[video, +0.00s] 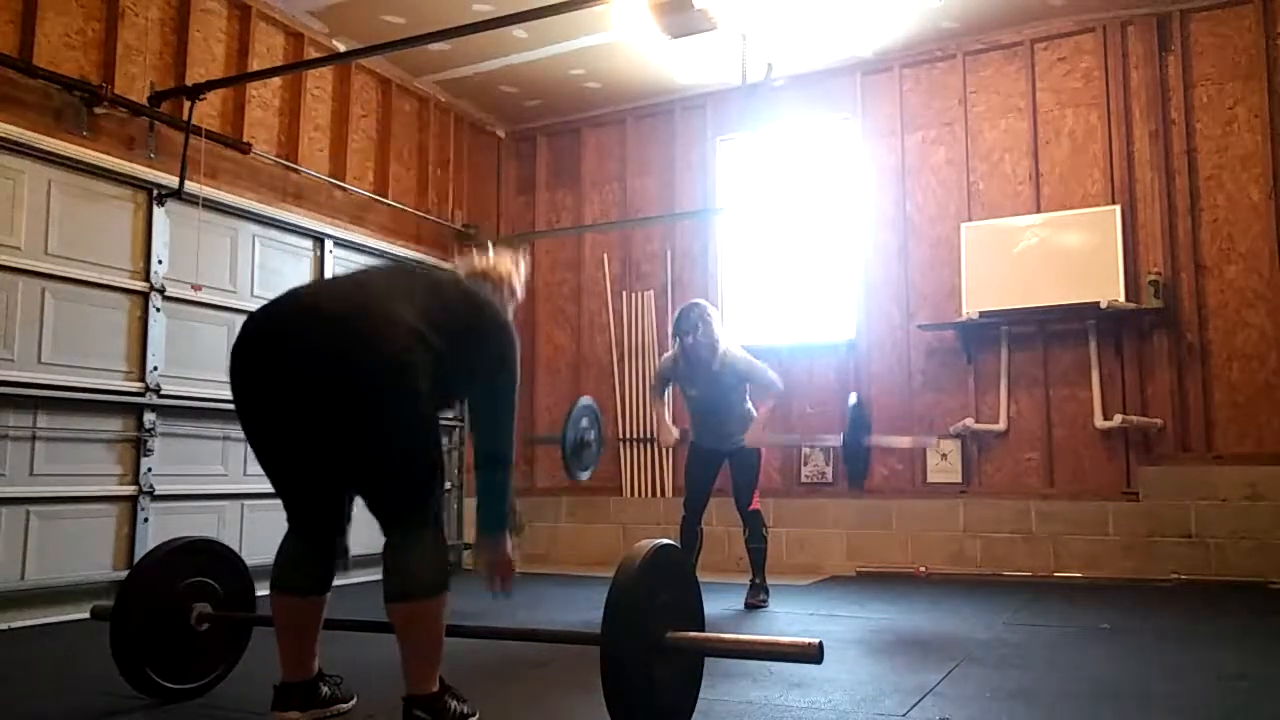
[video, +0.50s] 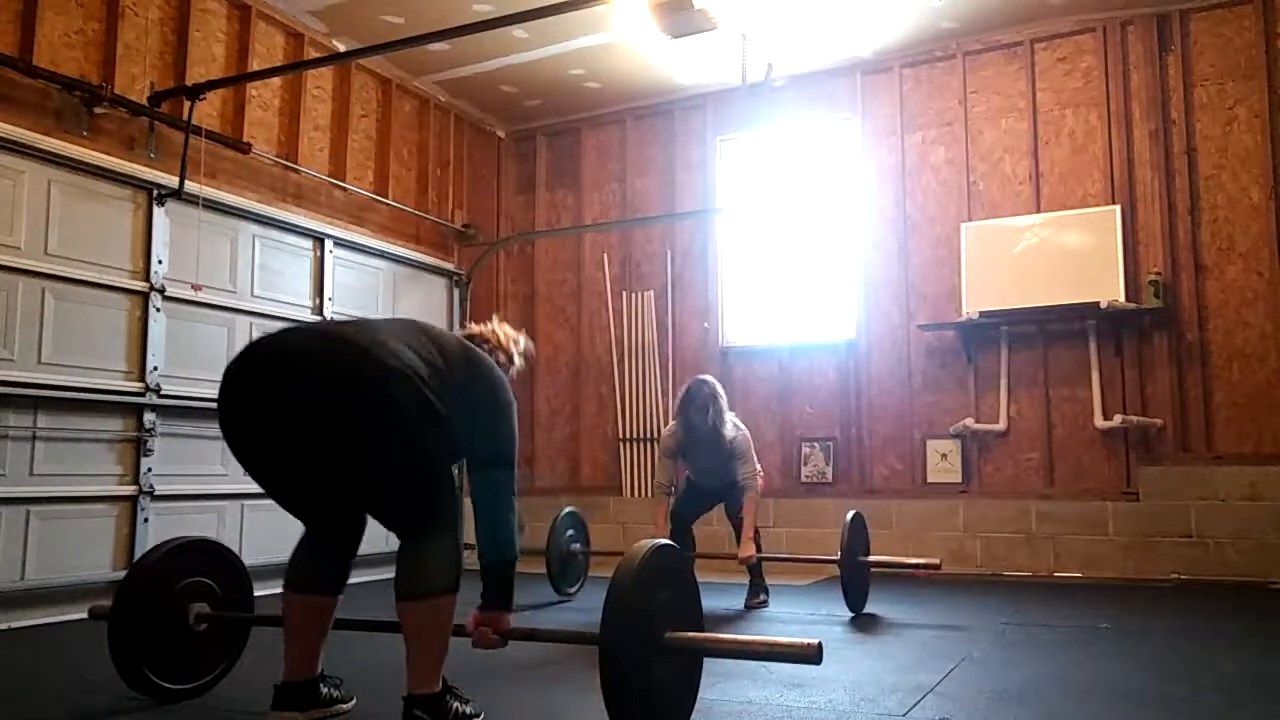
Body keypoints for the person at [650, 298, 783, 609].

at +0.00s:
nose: (691, 341)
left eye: (698, 333)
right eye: (685, 335)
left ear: (713, 332)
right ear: (678, 337)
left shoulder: (732, 360)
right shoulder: (673, 364)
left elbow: (775, 388)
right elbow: (657, 389)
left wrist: (758, 425)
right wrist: (664, 424)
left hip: (742, 442)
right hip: (703, 443)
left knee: (747, 506)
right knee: (691, 512)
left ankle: (758, 582)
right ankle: (684, 581)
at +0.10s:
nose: (692, 347)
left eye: (699, 340)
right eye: (686, 341)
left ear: (713, 339)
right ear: (679, 344)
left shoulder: (736, 372)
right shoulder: (671, 377)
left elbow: (764, 415)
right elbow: (661, 416)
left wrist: (756, 458)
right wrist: (664, 456)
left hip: (742, 444)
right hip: (704, 445)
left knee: (747, 506)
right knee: (690, 511)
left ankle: (758, 583)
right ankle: (684, 582)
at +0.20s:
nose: (693, 363)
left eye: (701, 354)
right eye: (685, 357)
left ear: (716, 355)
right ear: (678, 362)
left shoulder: (733, 387)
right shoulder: (674, 392)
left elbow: (755, 439)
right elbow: (664, 440)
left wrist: (753, 487)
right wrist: (666, 484)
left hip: (741, 448)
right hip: (704, 451)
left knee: (748, 508)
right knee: (687, 514)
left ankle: (758, 584)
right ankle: (683, 584)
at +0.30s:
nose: (695, 385)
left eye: (701, 376)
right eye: (687, 379)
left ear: (714, 376)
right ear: (678, 383)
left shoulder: (732, 405)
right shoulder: (672, 412)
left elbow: (750, 454)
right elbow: (663, 459)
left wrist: (749, 510)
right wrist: (663, 509)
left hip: (741, 461)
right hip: (705, 463)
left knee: (747, 519)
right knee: (680, 516)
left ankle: (758, 585)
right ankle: (683, 584)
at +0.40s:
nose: (700, 410)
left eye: (705, 402)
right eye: (692, 403)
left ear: (716, 398)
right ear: (680, 401)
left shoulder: (732, 422)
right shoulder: (671, 428)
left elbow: (748, 475)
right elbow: (663, 479)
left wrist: (748, 529)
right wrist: (662, 528)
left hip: (738, 477)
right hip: (703, 479)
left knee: (745, 522)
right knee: (679, 515)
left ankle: (757, 585)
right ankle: (683, 584)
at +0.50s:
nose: (706, 418)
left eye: (711, 410)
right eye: (700, 411)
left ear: (719, 407)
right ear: (687, 409)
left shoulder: (735, 434)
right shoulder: (673, 437)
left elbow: (751, 484)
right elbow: (662, 487)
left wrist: (748, 539)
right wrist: (661, 535)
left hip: (734, 486)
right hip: (700, 487)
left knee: (741, 521)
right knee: (679, 518)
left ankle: (757, 585)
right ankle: (684, 584)